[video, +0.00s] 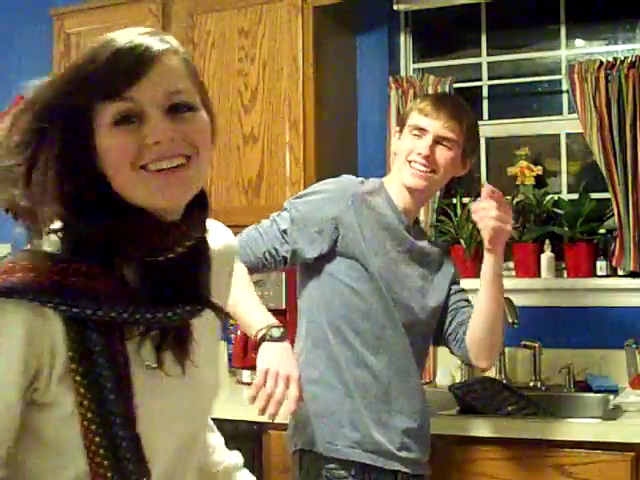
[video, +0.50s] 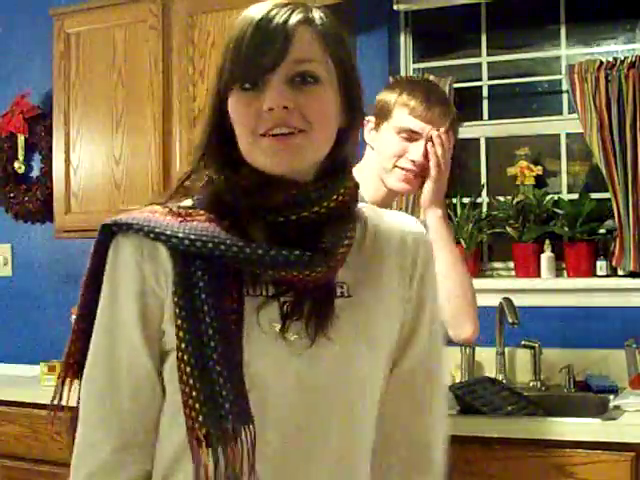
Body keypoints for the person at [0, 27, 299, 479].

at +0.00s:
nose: (163, 136)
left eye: (181, 108)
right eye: (127, 119)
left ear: (210, 124)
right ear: (87, 148)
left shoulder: (210, 265)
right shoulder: (26, 301)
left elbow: (189, 427)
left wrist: (234, 473)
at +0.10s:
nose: (195, 130)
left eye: (215, 104)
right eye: (162, 112)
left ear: (246, 124)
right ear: (122, 145)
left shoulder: (231, 279)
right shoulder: (61, 302)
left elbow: (225, 450)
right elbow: (9, 467)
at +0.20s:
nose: (237, 119)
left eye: (258, 95)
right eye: (205, 100)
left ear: (287, 119)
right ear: (165, 131)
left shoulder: (292, 266)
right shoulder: (98, 284)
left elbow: (273, 449)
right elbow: (40, 468)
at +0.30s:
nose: (261, 108)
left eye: (284, 85)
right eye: (230, 89)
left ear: (313, 109)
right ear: (193, 116)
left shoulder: (334, 263)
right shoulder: (119, 267)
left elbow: (330, 453)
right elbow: (90, 466)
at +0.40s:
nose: (265, 103)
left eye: (292, 79)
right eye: (238, 84)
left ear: (330, 104)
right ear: (210, 109)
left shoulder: (371, 260)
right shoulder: (136, 258)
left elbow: (374, 457)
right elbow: (108, 459)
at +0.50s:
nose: (275, 103)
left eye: (305, 79)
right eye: (251, 82)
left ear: (346, 102)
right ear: (226, 107)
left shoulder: (404, 253)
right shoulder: (151, 249)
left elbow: (413, 458)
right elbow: (110, 457)